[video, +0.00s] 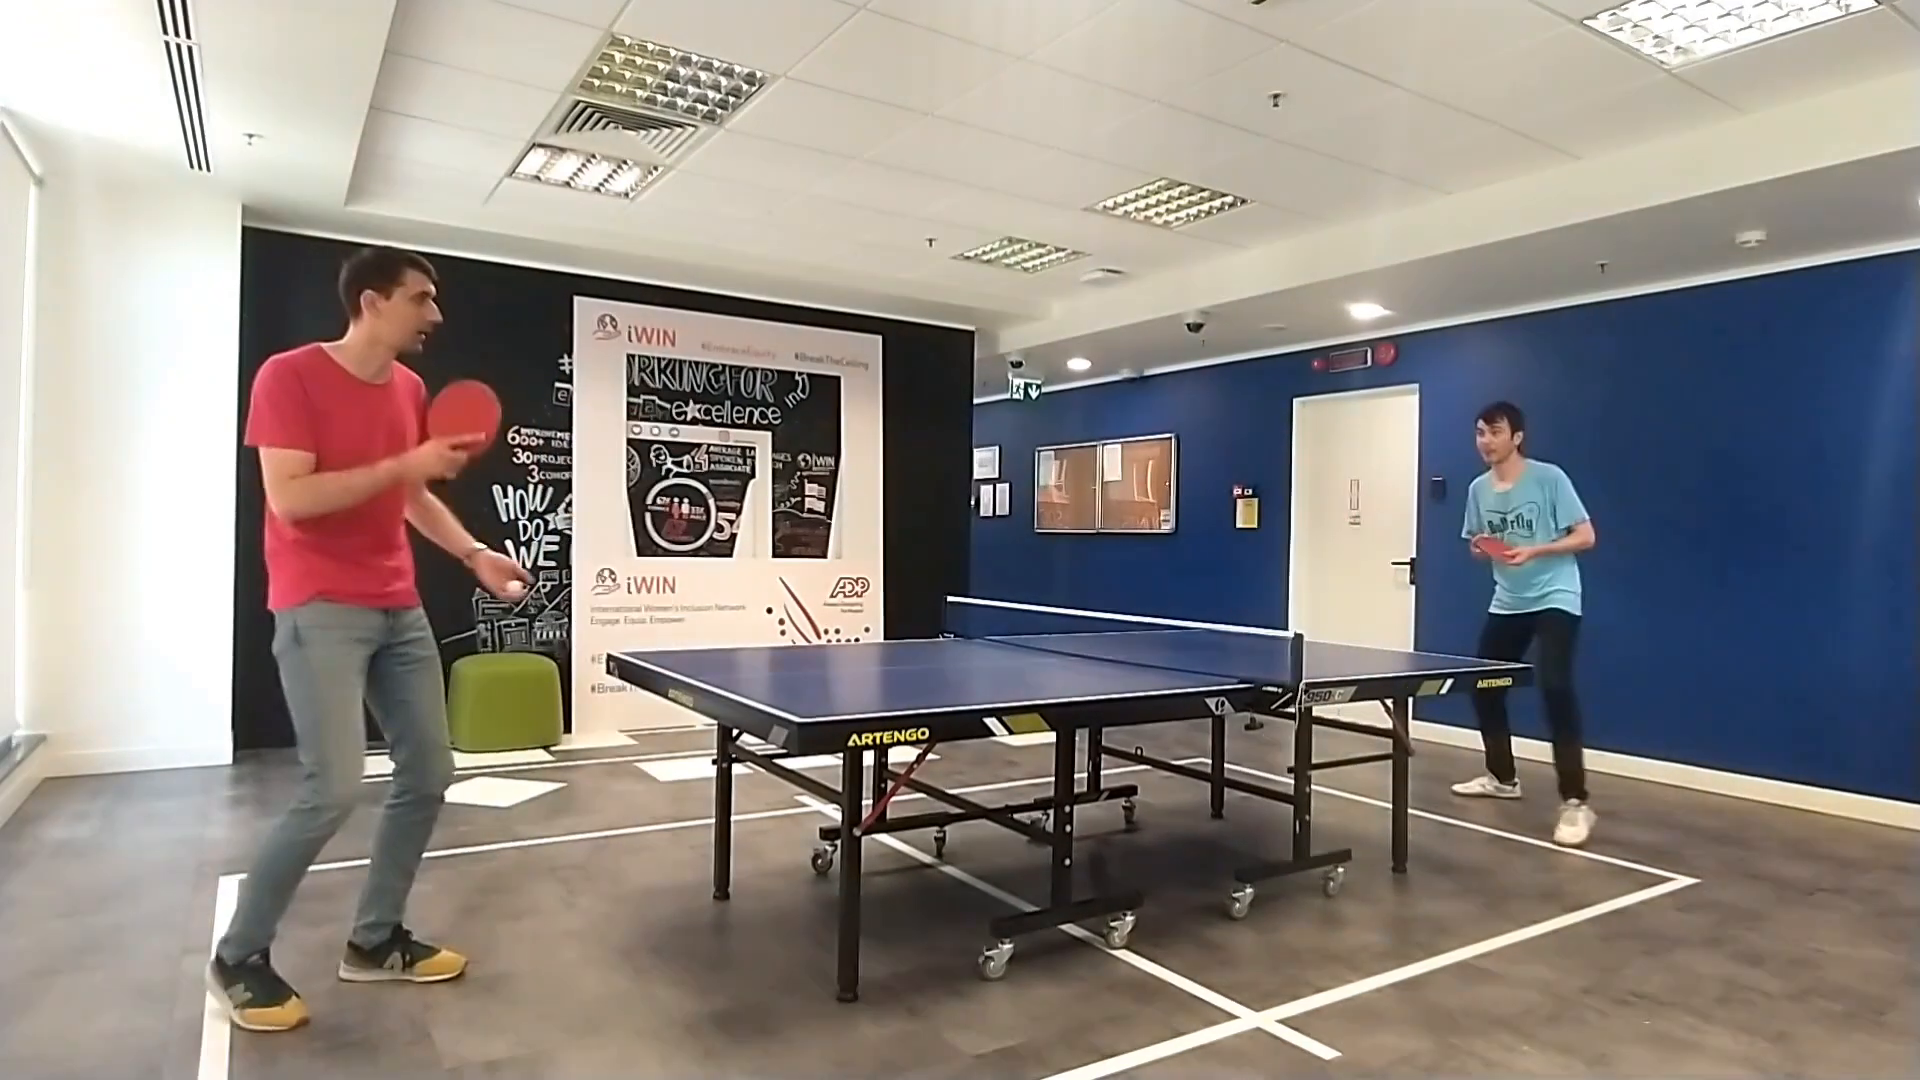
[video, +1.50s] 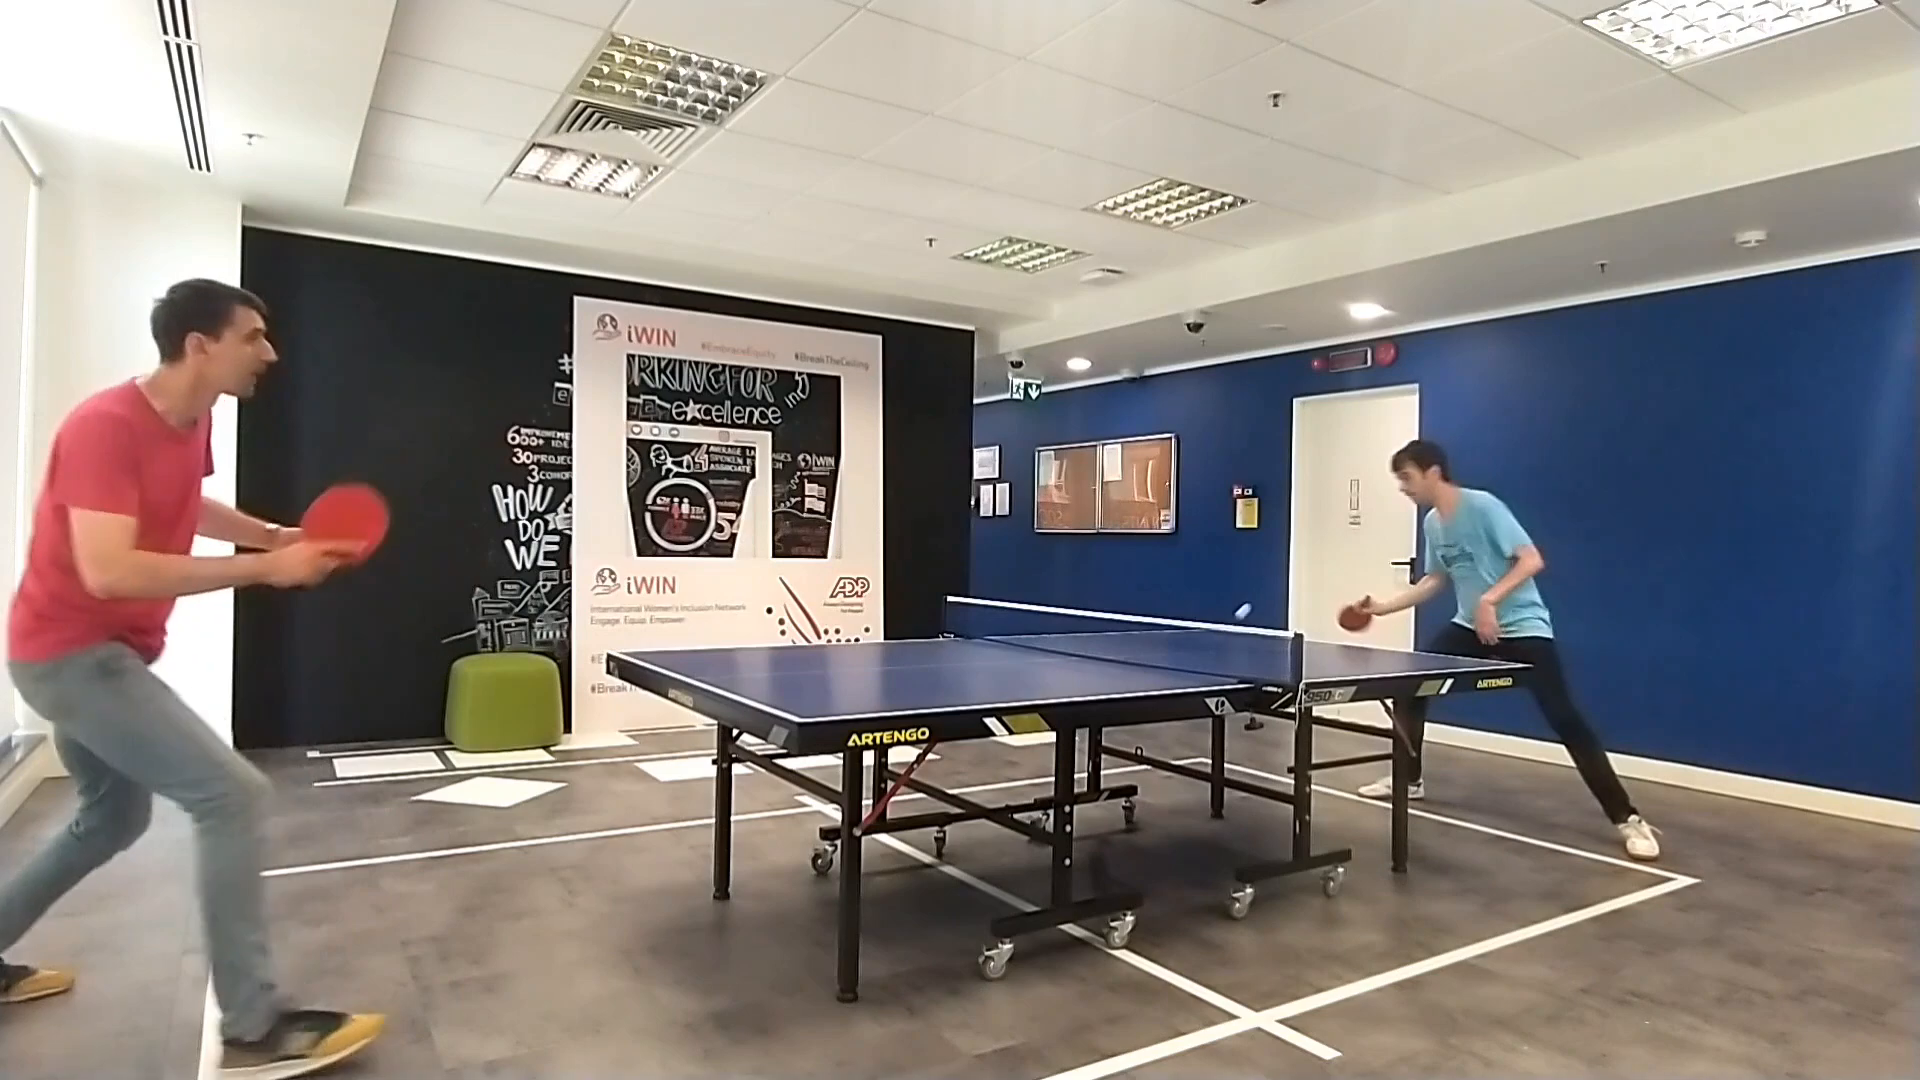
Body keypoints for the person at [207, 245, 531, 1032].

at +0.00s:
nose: (434, 314)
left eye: (434, 302)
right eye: (422, 299)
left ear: (397, 308)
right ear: (370, 303)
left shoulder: (407, 390)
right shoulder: (287, 377)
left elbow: (409, 492)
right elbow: (290, 500)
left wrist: (473, 552)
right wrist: (406, 466)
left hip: (399, 611)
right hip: (319, 614)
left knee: (426, 772)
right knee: (333, 788)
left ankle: (375, 937)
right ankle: (238, 957)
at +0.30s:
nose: (433, 301)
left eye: (433, 289)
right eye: (424, 286)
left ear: (393, 288)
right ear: (377, 286)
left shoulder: (419, 371)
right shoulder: (300, 357)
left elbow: (472, 468)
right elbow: (229, 431)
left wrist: (534, 440)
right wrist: (306, 352)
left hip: (417, 596)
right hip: (348, 595)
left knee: (431, 773)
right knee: (404, 773)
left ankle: (377, 937)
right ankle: (264, 958)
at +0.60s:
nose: (418, 280)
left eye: (417, 267)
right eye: (398, 266)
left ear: (402, 285)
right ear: (347, 283)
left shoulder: (404, 366)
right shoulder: (309, 359)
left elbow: (414, 458)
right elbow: (218, 388)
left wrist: (509, 473)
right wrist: (209, 262)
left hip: (401, 603)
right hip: (347, 610)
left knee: (435, 770)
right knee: (405, 795)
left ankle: (377, 934)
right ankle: (287, 1012)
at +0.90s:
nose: (407, 362)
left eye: (412, 346)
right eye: (389, 346)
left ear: (406, 351)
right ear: (332, 351)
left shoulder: (357, 412)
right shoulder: (281, 435)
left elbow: (350, 491)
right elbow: (270, 578)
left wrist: (426, 523)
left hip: (345, 640)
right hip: (298, 658)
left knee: (434, 776)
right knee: (415, 820)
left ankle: (366, 938)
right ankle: (285, 1019)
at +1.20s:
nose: (354, 374)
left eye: (353, 358)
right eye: (339, 358)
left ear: (275, 366)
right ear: (276, 364)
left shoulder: (238, 412)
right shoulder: (221, 464)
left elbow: (258, 505)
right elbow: (316, 595)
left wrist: (340, 523)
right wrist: (453, 555)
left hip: (237, 660)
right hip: (233, 676)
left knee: (322, 794)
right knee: (388, 818)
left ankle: (150, 883)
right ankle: (285, 1021)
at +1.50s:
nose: (268, 353)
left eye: (265, 337)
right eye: (254, 337)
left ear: (205, 350)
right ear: (198, 346)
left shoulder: (192, 425)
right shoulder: (105, 427)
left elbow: (181, 508)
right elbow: (108, 571)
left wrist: (277, 539)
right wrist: (261, 568)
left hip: (107, 650)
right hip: (68, 656)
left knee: (111, 818)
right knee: (230, 795)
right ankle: (253, 1023)